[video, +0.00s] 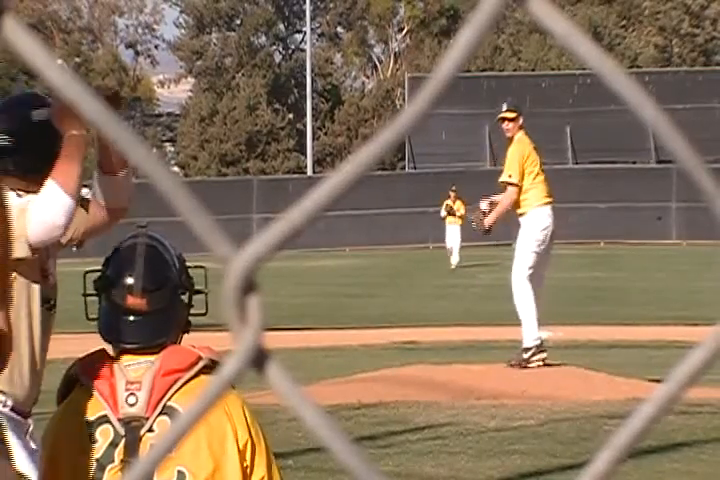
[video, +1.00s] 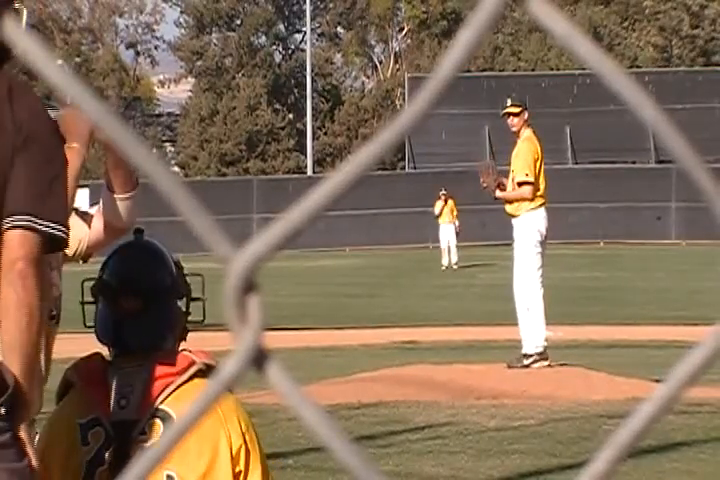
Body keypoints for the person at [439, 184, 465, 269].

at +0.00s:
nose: (453, 194)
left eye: (454, 192)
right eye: (451, 192)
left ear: (456, 193)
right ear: (449, 193)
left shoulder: (459, 203)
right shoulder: (447, 202)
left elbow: (462, 212)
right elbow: (442, 214)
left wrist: (455, 212)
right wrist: (446, 211)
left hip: (456, 223)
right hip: (449, 223)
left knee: (456, 242)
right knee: (449, 242)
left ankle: (454, 260)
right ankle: (450, 255)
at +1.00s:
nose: (443, 196)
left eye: (445, 194)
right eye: (442, 195)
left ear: (447, 195)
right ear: (440, 195)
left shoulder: (450, 202)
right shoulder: (438, 202)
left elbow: (454, 212)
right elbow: (436, 212)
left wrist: (456, 223)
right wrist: (442, 203)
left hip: (451, 223)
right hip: (442, 224)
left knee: (453, 243)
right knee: (443, 244)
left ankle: (454, 262)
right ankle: (444, 263)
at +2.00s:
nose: (453, 196)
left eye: (454, 194)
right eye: (452, 194)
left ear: (456, 195)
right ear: (449, 194)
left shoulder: (459, 203)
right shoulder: (446, 203)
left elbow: (463, 214)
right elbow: (442, 214)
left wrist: (465, 226)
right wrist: (448, 212)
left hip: (457, 224)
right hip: (449, 224)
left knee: (457, 244)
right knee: (449, 244)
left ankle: (456, 263)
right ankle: (449, 261)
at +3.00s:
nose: (440, 195)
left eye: (441, 193)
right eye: (438, 193)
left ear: (444, 194)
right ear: (437, 194)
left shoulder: (448, 203)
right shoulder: (436, 204)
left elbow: (453, 214)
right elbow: (434, 216)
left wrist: (452, 225)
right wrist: (433, 227)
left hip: (447, 224)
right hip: (440, 225)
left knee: (448, 244)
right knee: (441, 244)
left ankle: (449, 262)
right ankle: (445, 262)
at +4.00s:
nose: (426, 205)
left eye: (427, 203)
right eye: (425, 203)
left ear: (430, 204)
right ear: (423, 204)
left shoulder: (434, 209)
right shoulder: (424, 212)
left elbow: (443, 214)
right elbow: (424, 222)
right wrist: (427, 232)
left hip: (440, 230)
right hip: (432, 231)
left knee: (443, 247)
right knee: (428, 248)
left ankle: (451, 262)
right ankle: (426, 266)